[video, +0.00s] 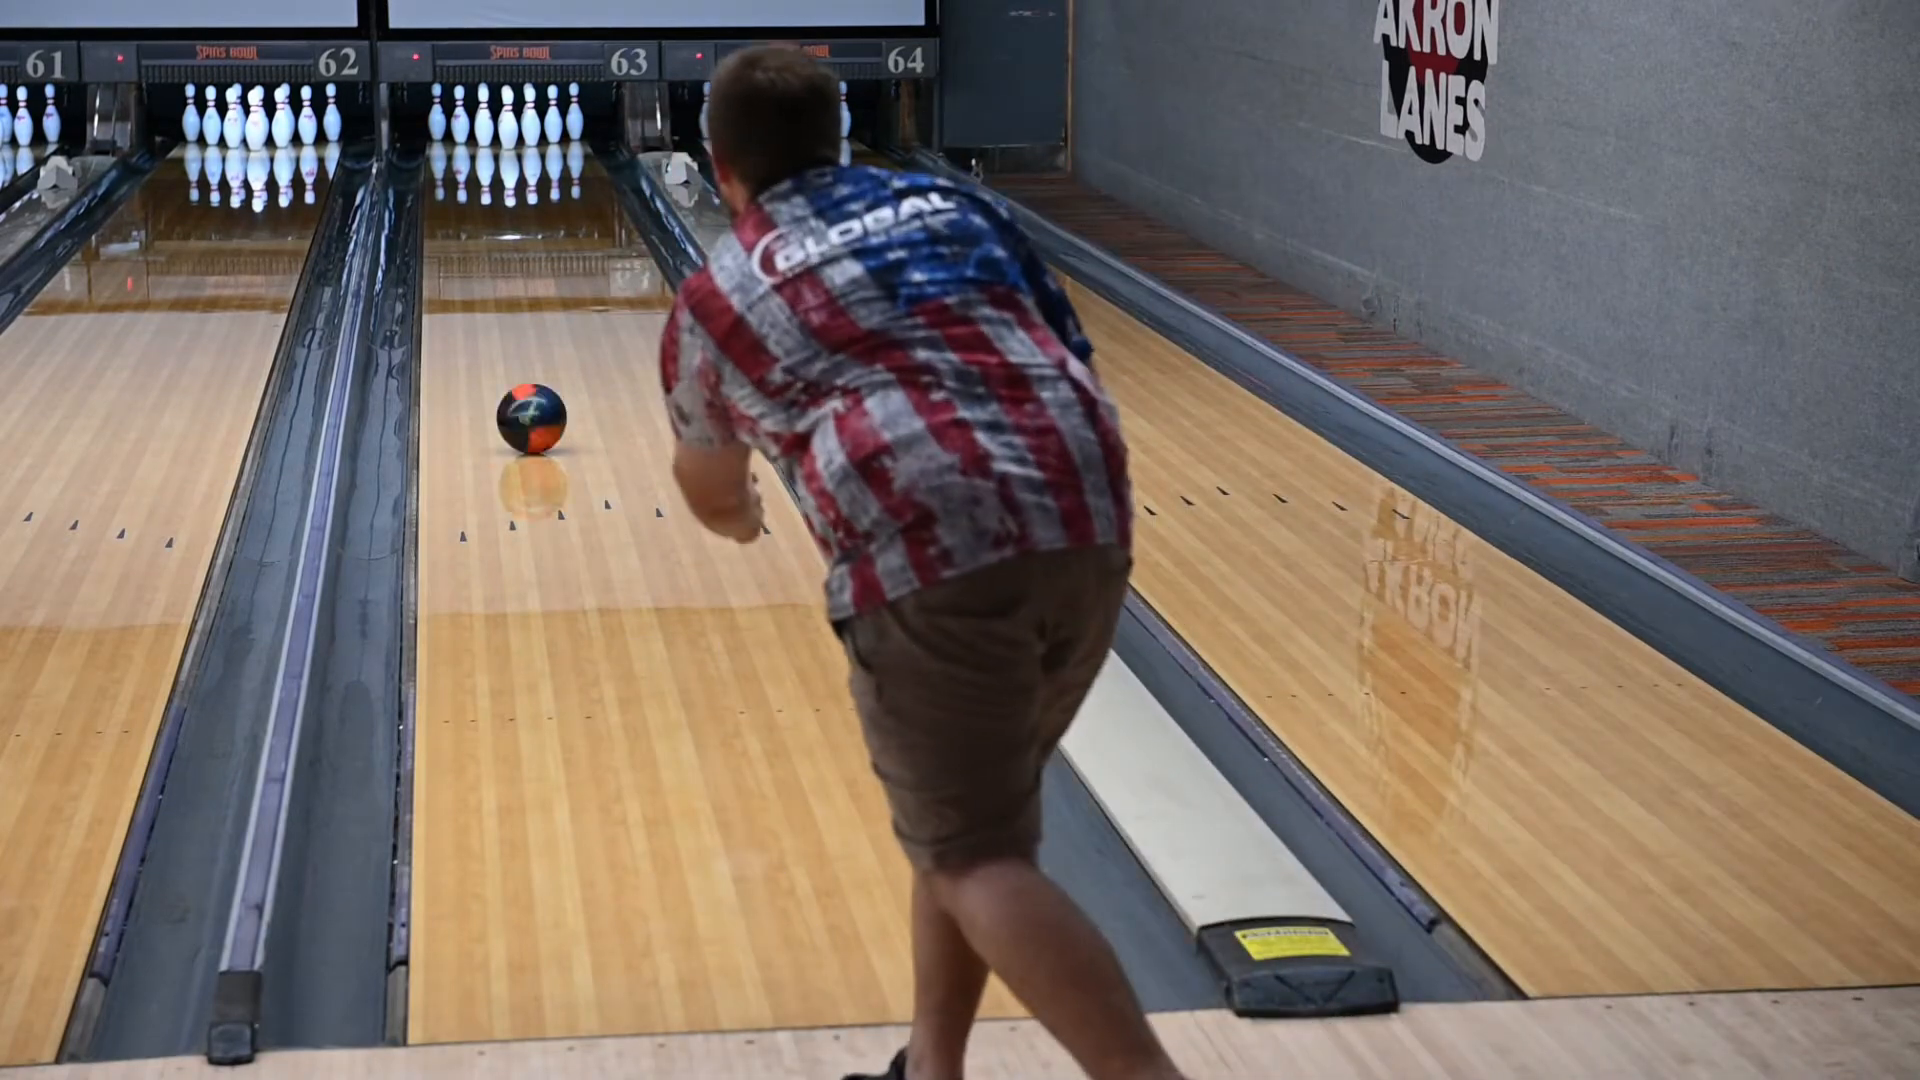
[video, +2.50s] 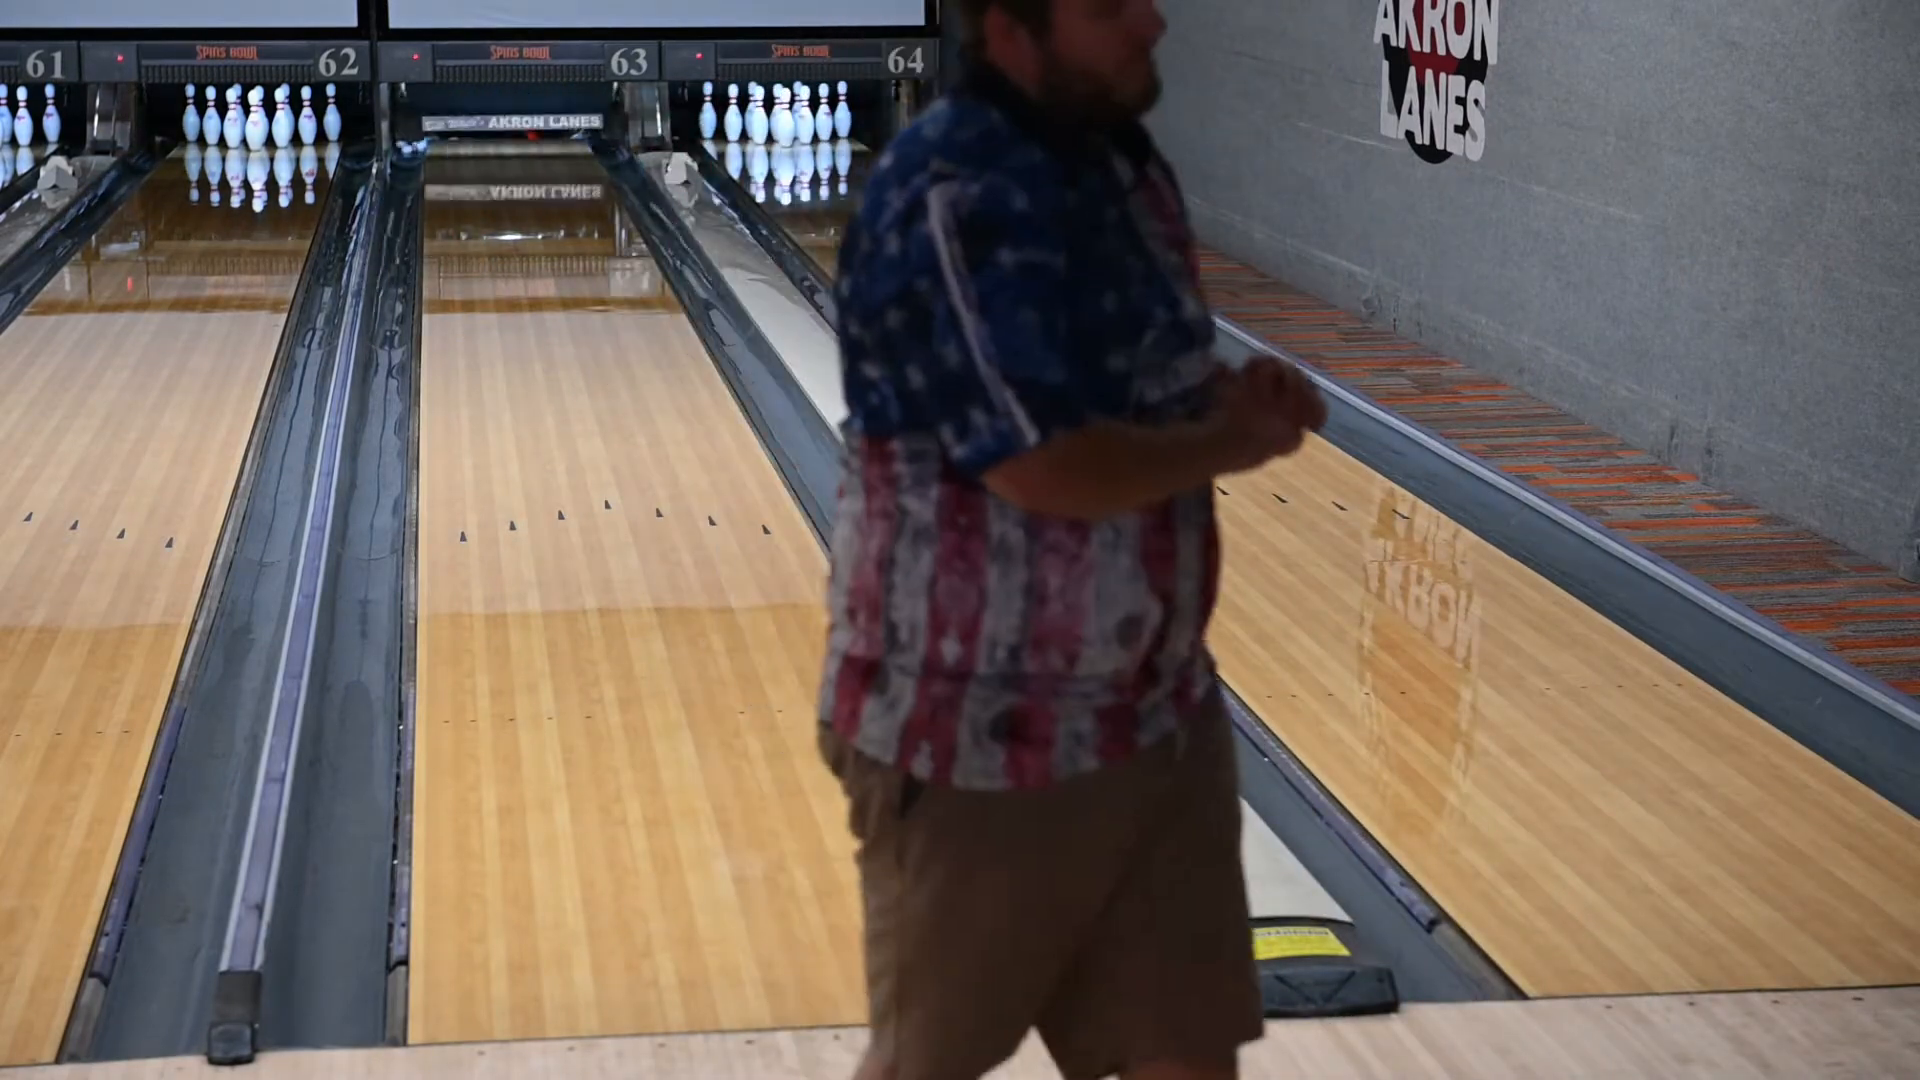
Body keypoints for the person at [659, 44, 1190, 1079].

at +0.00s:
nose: (714, 178)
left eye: (713, 163)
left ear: (724, 170)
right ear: (840, 140)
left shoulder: (717, 295)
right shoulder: (958, 202)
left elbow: (715, 487)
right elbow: (1067, 348)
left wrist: (733, 514)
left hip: (931, 554)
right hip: (1092, 525)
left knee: (975, 856)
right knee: (973, 825)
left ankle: (1145, 1072)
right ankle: (931, 1069)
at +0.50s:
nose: (757, 49)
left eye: (755, 37)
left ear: (759, 45)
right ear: (877, 29)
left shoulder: (733, 185)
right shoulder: (987, 126)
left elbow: (684, 415)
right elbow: (1102, 293)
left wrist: (684, 591)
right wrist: (1089, 443)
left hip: (893, 537)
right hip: (1052, 519)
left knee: (861, 810)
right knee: (948, 799)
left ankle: (988, 1072)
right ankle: (927, 1063)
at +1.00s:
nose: (801, 18)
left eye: (803, 9)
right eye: (809, 9)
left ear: (818, 11)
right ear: (934, 1)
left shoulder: (764, 148)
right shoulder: (1035, 117)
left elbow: (700, 380)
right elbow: (1121, 297)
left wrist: (778, 455)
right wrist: (1079, 424)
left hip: (847, 542)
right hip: (1022, 526)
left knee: (801, 795)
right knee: (950, 791)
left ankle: (868, 1066)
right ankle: (936, 1065)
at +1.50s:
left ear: (801, 1)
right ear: (930, 4)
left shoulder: (704, 129)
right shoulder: (1009, 130)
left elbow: (618, 344)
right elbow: (1100, 344)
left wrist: (724, 396)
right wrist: (1096, 480)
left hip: (770, 550)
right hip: (973, 552)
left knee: (817, 874)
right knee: (973, 833)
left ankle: (828, 1071)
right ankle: (981, 1070)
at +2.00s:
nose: (994, 38)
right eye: (995, 23)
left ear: (851, 20)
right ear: (980, 28)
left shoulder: (761, 152)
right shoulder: (984, 191)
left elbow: (764, 383)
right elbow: (1079, 437)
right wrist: (1112, 386)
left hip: (794, 616)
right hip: (950, 639)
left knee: (847, 934)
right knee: (987, 990)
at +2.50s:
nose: (1151, 20)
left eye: (1142, 0)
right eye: (1115, 4)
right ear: (1009, 29)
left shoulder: (1118, 159)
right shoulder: (941, 191)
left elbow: (1138, 379)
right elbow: (1038, 466)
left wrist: (1233, 398)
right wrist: (1229, 439)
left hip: (1152, 717)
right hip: (976, 740)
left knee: (1180, 1050)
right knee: (930, 1057)